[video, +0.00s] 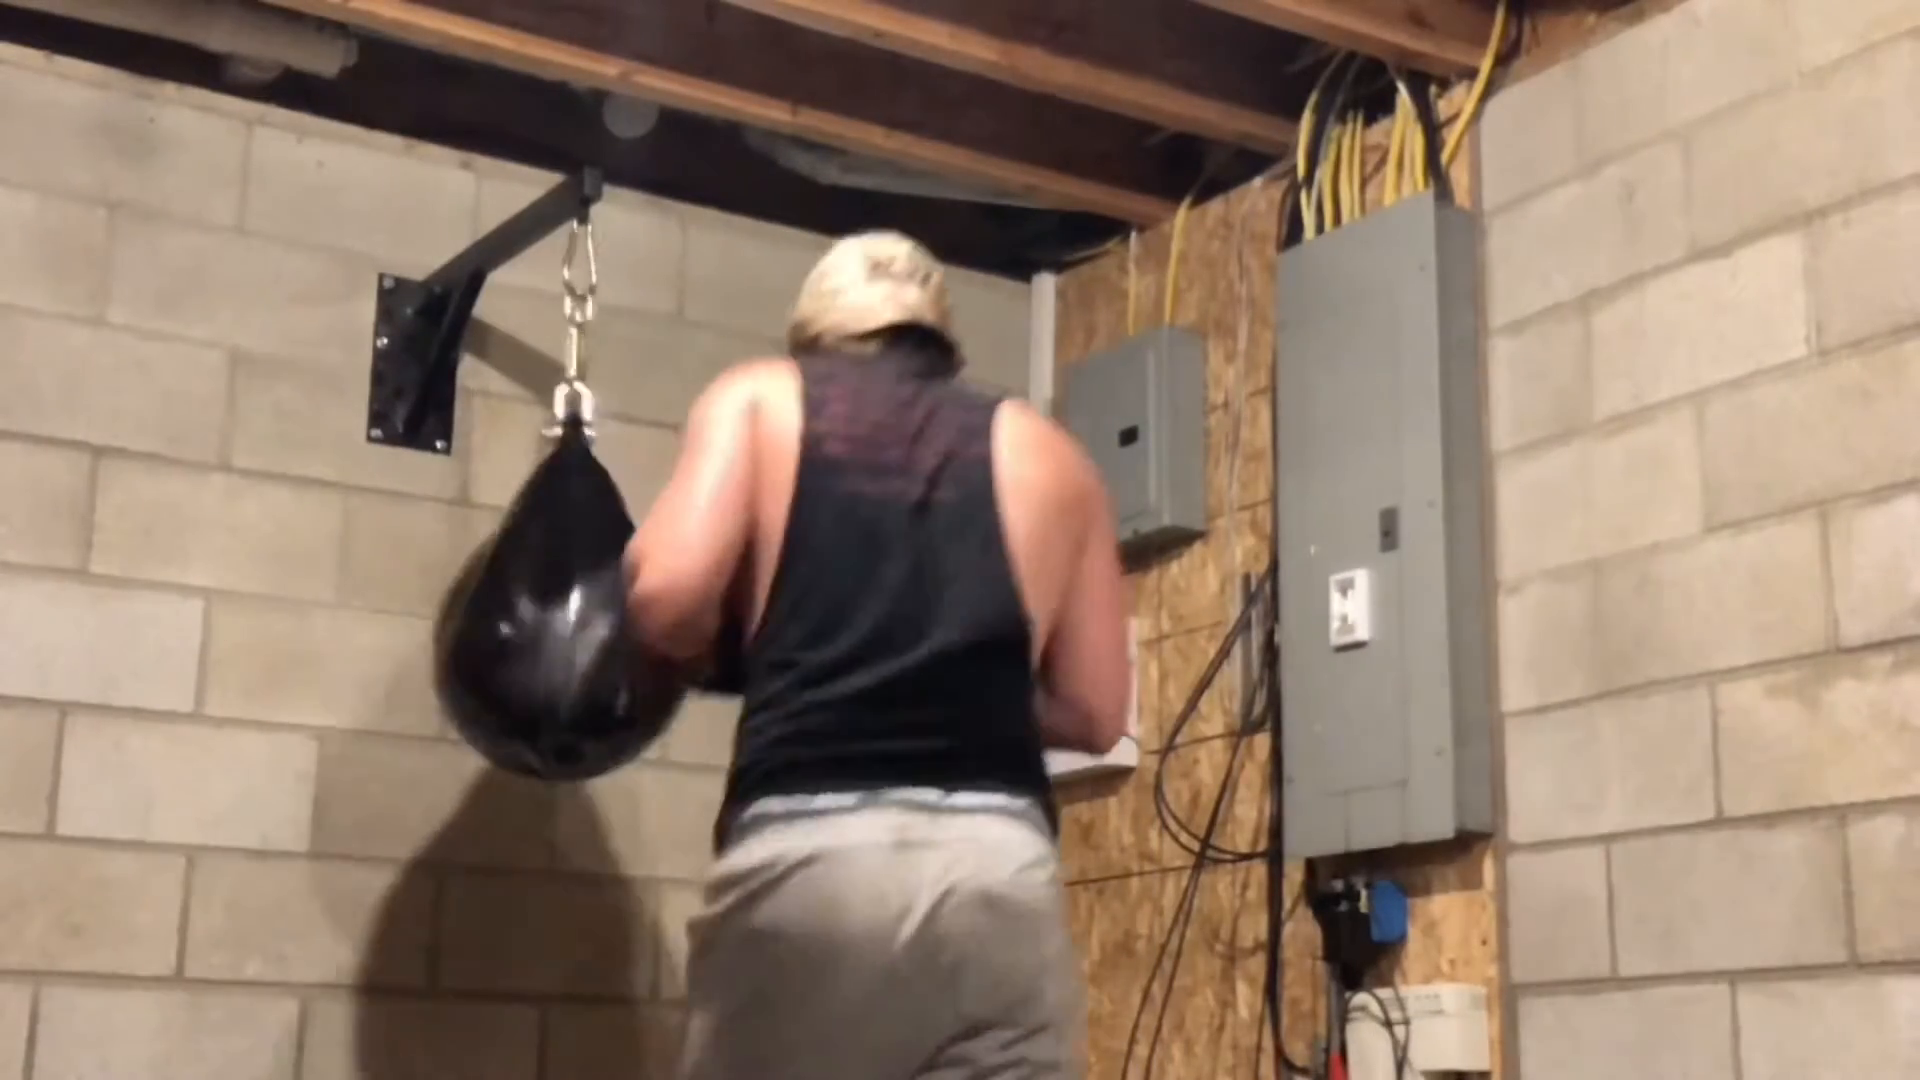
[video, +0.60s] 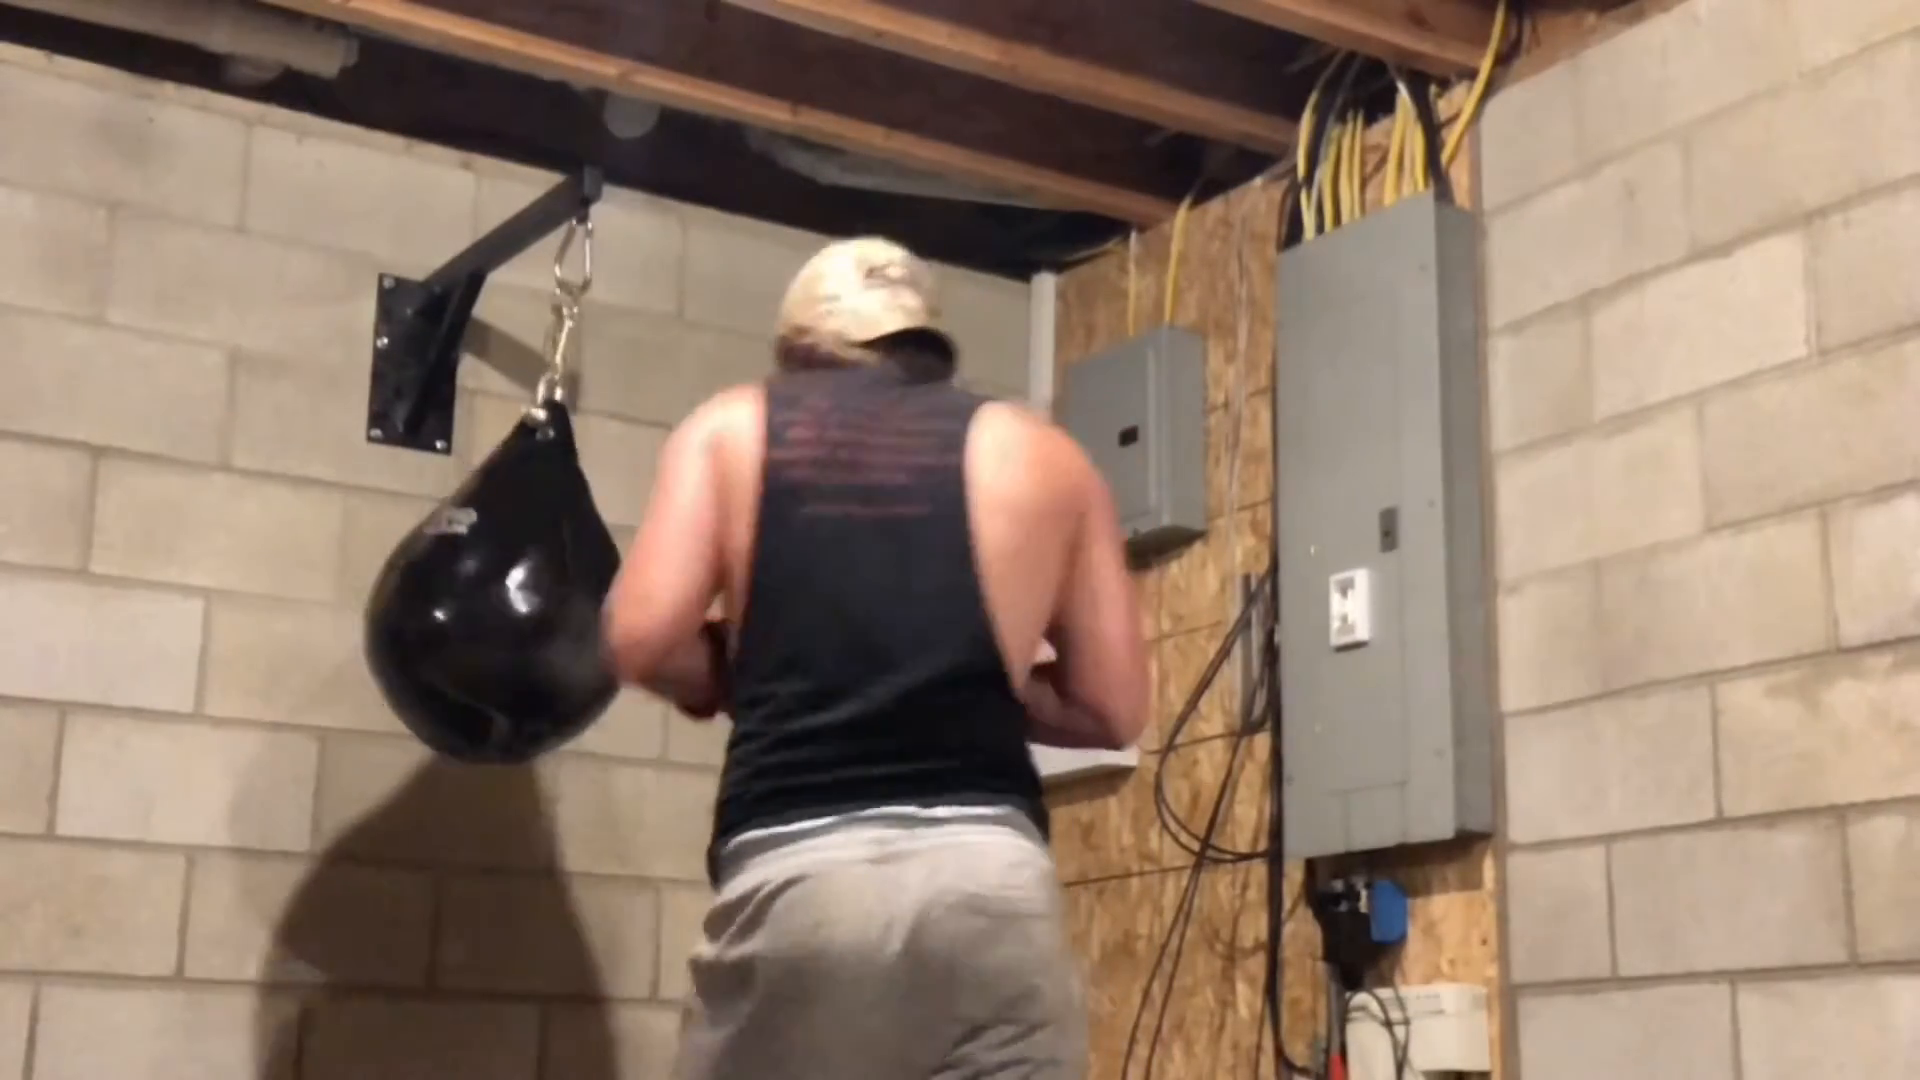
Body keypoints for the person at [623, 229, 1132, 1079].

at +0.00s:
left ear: (811, 331)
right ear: (943, 336)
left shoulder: (754, 397)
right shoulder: (1052, 453)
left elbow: (665, 599)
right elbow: (1092, 714)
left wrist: (723, 655)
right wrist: (944, 695)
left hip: (803, 865)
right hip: (1003, 872)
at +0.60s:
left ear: (798, 344)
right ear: (932, 346)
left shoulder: (727, 428)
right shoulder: (1047, 454)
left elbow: (642, 637)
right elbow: (1114, 712)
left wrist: (750, 671)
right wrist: (976, 679)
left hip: (795, 883)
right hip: (994, 879)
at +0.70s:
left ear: (753, 359)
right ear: (886, 353)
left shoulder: (680, 454)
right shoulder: (1002, 450)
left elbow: (602, 678)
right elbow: (1081, 692)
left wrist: (719, 681)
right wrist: (954, 657)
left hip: (761, 890)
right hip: (960, 881)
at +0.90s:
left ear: (685, 379)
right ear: (815, 359)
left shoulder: (611, 479)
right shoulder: (915, 427)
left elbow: (554, 713)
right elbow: (1018, 663)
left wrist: (695, 675)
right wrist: (891, 622)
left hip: (680, 878)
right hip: (874, 863)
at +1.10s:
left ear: (637, 399)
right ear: (765, 383)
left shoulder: (572, 486)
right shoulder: (871, 449)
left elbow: (512, 718)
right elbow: (952, 686)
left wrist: (636, 640)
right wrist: (834, 612)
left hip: (626, 886)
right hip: (817, 881)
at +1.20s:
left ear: (616, 404)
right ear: (738, 395)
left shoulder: (569, 473)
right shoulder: (858, 479)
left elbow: (477, 704)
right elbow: (903, 722)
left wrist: (579, 627)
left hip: (629, 881)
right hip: (819, 882)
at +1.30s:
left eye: (589, 423)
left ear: (606, 421)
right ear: (718, 423)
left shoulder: (591, 472)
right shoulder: (837, 527)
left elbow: (450, 682)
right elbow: (845, 703)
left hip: (651, 895)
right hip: (832, 917)